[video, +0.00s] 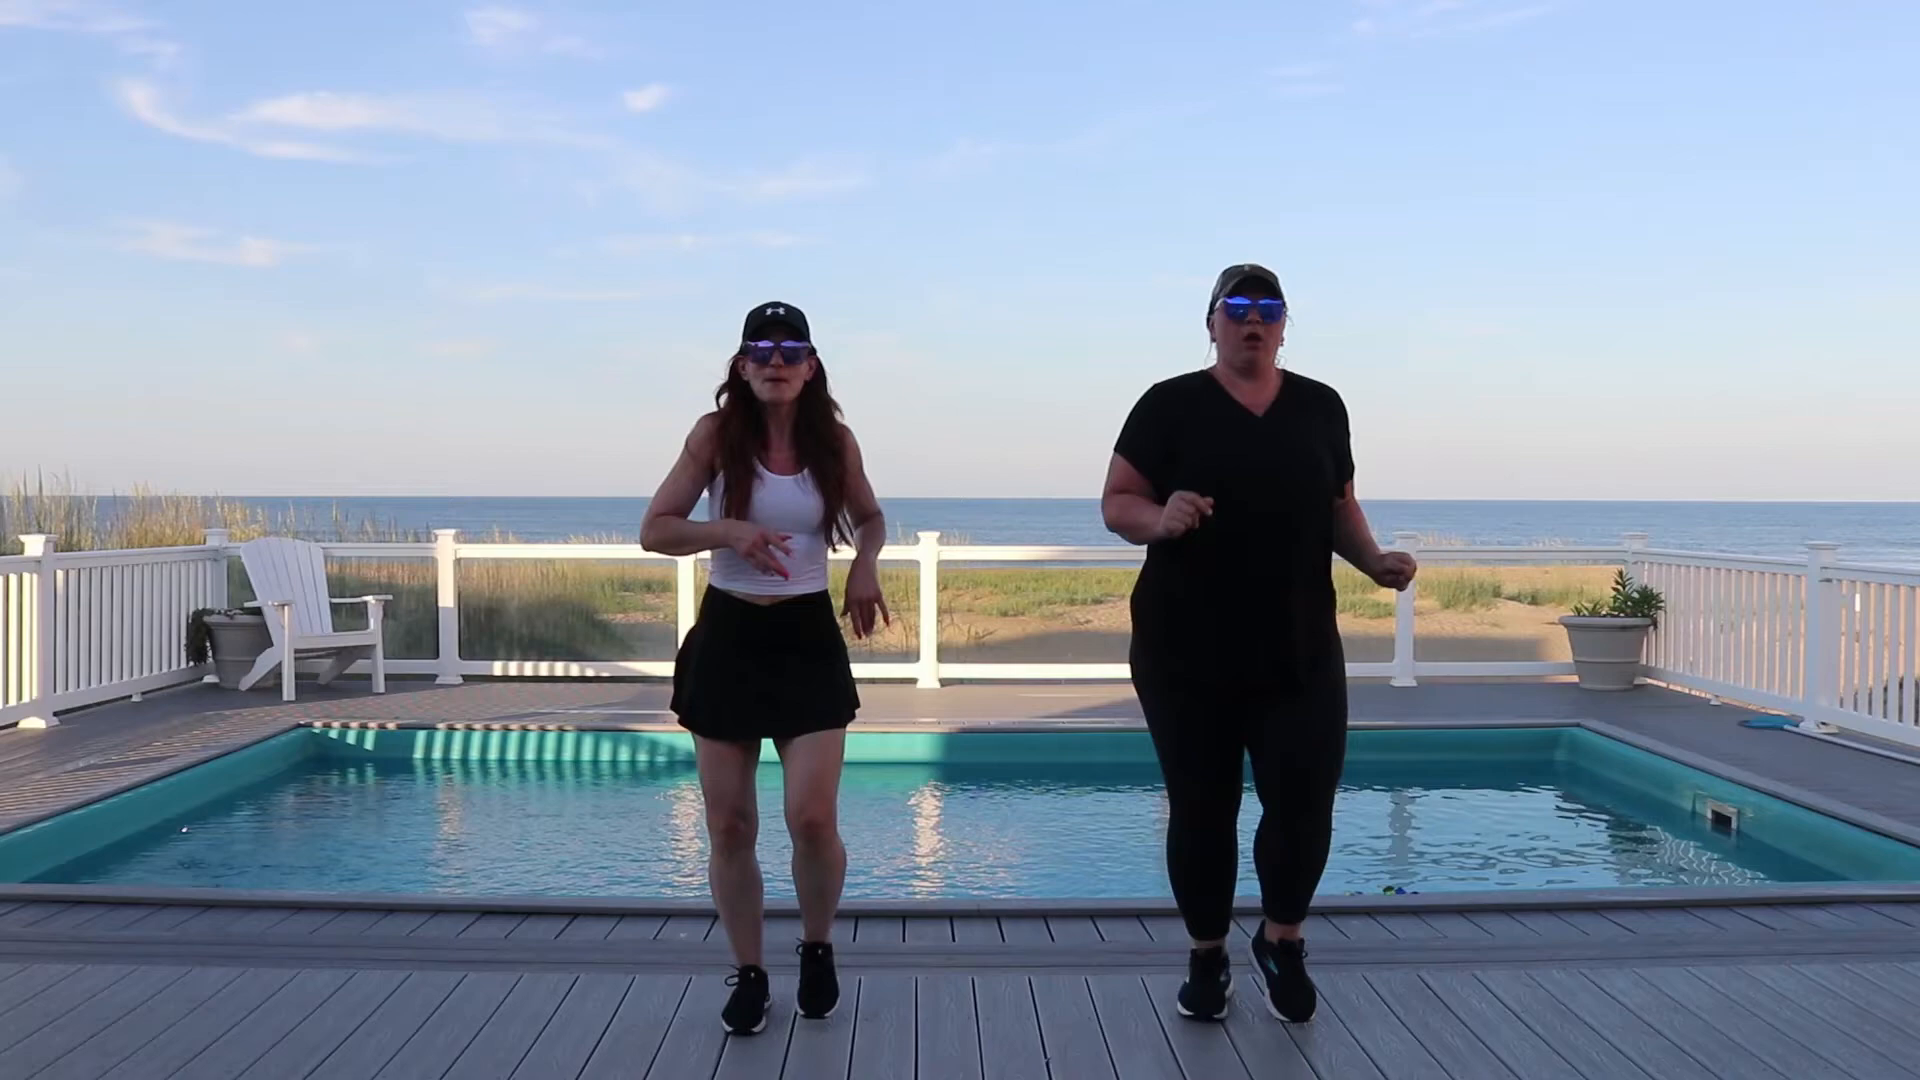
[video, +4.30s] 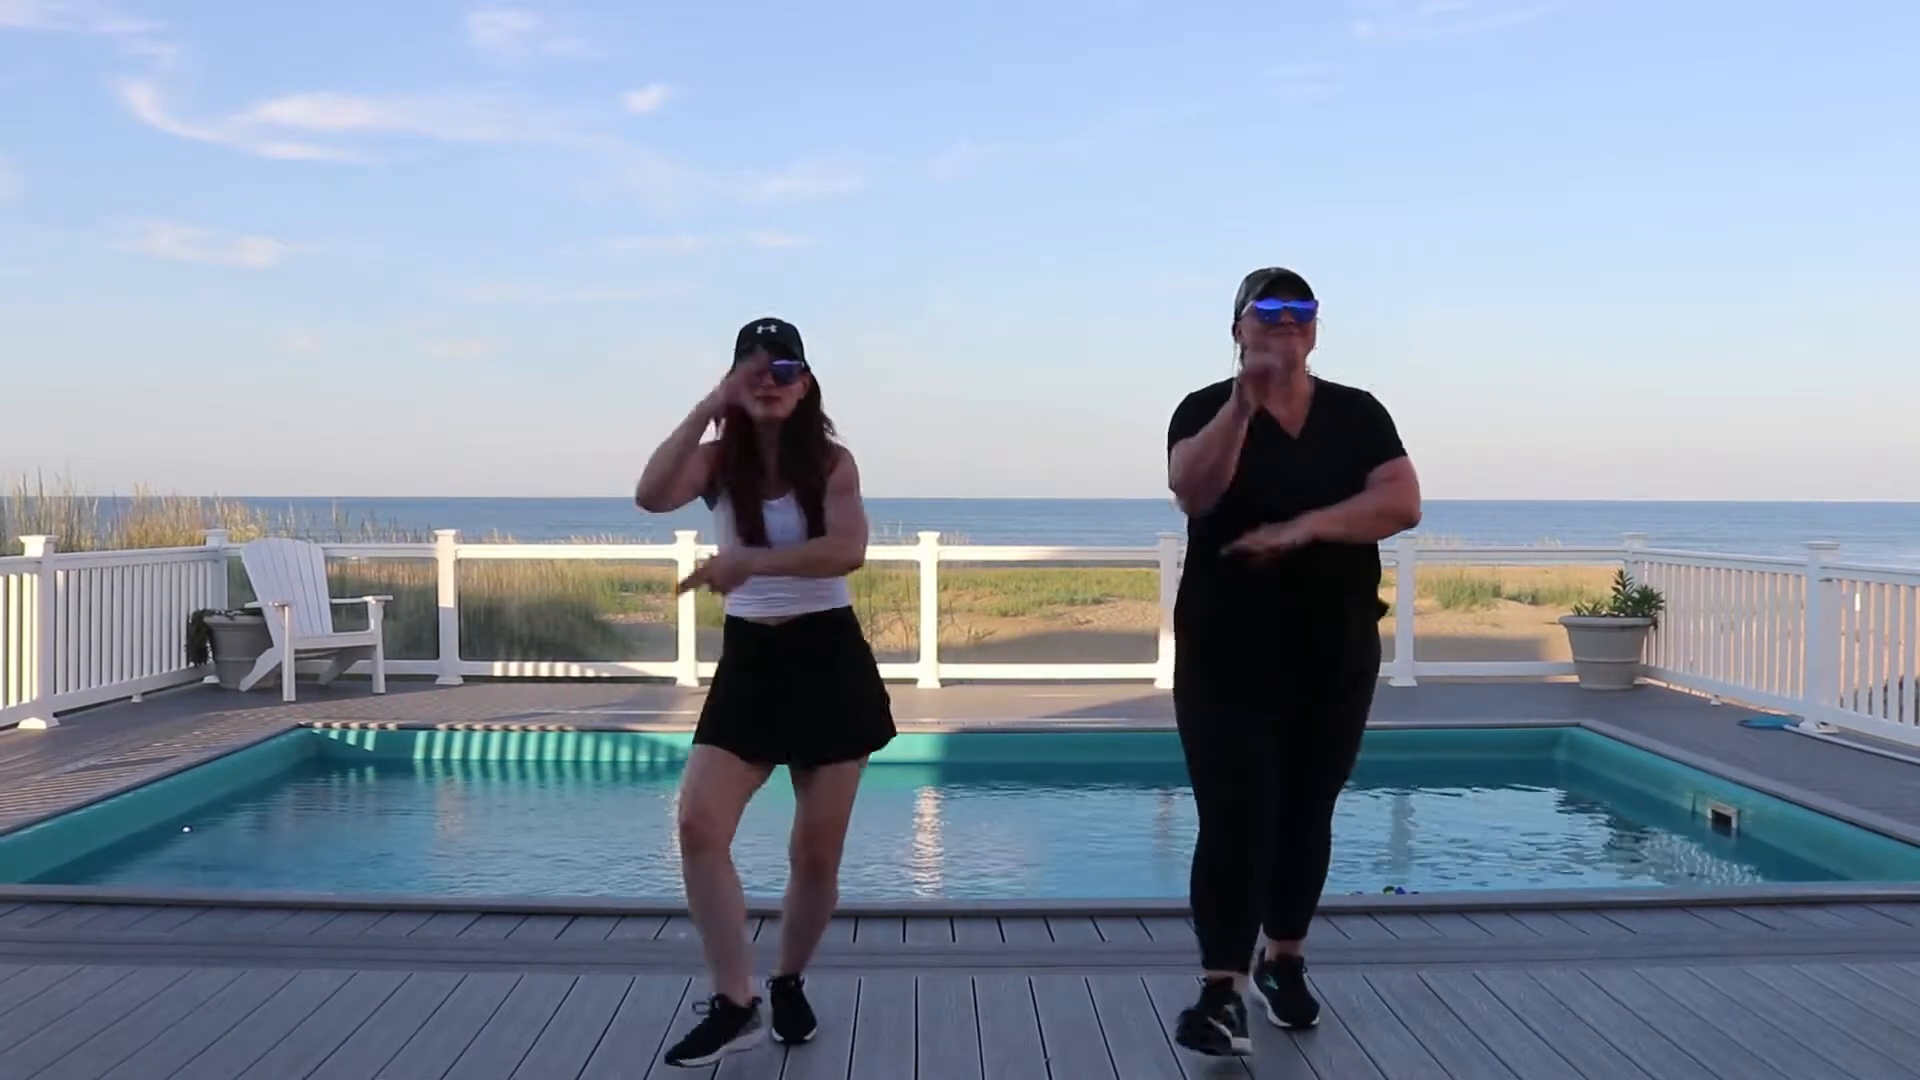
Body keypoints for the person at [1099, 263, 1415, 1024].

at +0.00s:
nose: (1255, 322)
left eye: (1268, 311)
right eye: (1239, 311)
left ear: (1284, 325)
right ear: (1212, 323)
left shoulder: (1320, 408)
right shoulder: (1166, 406)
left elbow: (1339, 506)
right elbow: (1118, 505)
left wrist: (1373, 556)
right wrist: (1159, 519)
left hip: (1298, 644)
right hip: (1189, 648)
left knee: (1305, 803)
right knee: (1201, 808)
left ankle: (1282, 942)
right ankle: (1208, 954)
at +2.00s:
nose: (1258, 329)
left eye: (1271, 318)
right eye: (1242, 317)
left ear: (1288, 329)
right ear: (1215, 328)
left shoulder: (1328, 418)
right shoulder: (1168, 404)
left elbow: (1365, 530)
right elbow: (1122, 478)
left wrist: (1404, 457)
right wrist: (1120, 522)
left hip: (1294, 653)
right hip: (1182, 650)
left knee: (1284, 815)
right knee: (1175, 813)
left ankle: (1273, 976)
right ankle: (1196, 939)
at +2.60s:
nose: (1264, 365)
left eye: (1279, 350)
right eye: (1249, 348)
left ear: (1296, 343)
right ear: (1223, 340)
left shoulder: (1335, 415)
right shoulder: (1179, 420)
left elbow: (1393, 495)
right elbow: (1144, 531)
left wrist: (1403, 579)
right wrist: (1178, 459)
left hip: (1301, 654)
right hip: (1195, 655)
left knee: (1273, 806)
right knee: (1207, 809)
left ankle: (1250, 957)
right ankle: (1201, 979)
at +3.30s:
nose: (1249, 323)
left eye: (1263, 312)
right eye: (1233, 311)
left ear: (1281, 325)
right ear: (1207, 323)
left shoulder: (1326, 407)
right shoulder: (1169, 401)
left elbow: (1409, 464)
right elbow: (1164, 488)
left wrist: (1415, 490)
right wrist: (1251, 516)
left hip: (1295, 651)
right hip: (1184, 651)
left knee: (1302, 808)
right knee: (1198, 813)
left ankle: (1263, 944)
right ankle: (1199, 958)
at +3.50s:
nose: (1260, 316)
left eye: (1273, 306)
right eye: (1244, 306)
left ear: (1291, 324)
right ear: (1218, 323)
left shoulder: (1327, 412)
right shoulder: (1181, 405)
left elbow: (1368, 494)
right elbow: (1167, 508)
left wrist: (1362, 387)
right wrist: (1284, 518)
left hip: (1293, 645)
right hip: (1184, 646)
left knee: (1303, 808)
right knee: (1193, 808)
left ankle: (1324, 978)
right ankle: (1198, 962)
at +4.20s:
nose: (1287, 326)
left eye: (1299, 315)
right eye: (1271, 315)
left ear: (1315, 329)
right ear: (1241, 328)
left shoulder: (1356, 406)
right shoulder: (1206, 402)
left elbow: (1411, 478)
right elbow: (1174, 465)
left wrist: (1349, 507)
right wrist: (1221, 493)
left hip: (1331, 656)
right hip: (1221, 655)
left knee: (1305, 813)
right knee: (1222, 814)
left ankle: (1284, 964)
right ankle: (1219, 970)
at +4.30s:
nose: (1286, 329)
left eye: (1299, 319)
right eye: (1270, 318)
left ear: (1315, 332)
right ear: (1239, 330)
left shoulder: (1356, 411)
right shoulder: (1203, 411)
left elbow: (1402, 503)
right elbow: (1193, 493)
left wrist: (1302, 526)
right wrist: (1242, 402)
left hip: (1331, 659)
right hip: (1225, 658)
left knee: (1308, 815)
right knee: (1232, 818)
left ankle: (1284, 959)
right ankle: (1220, 989)